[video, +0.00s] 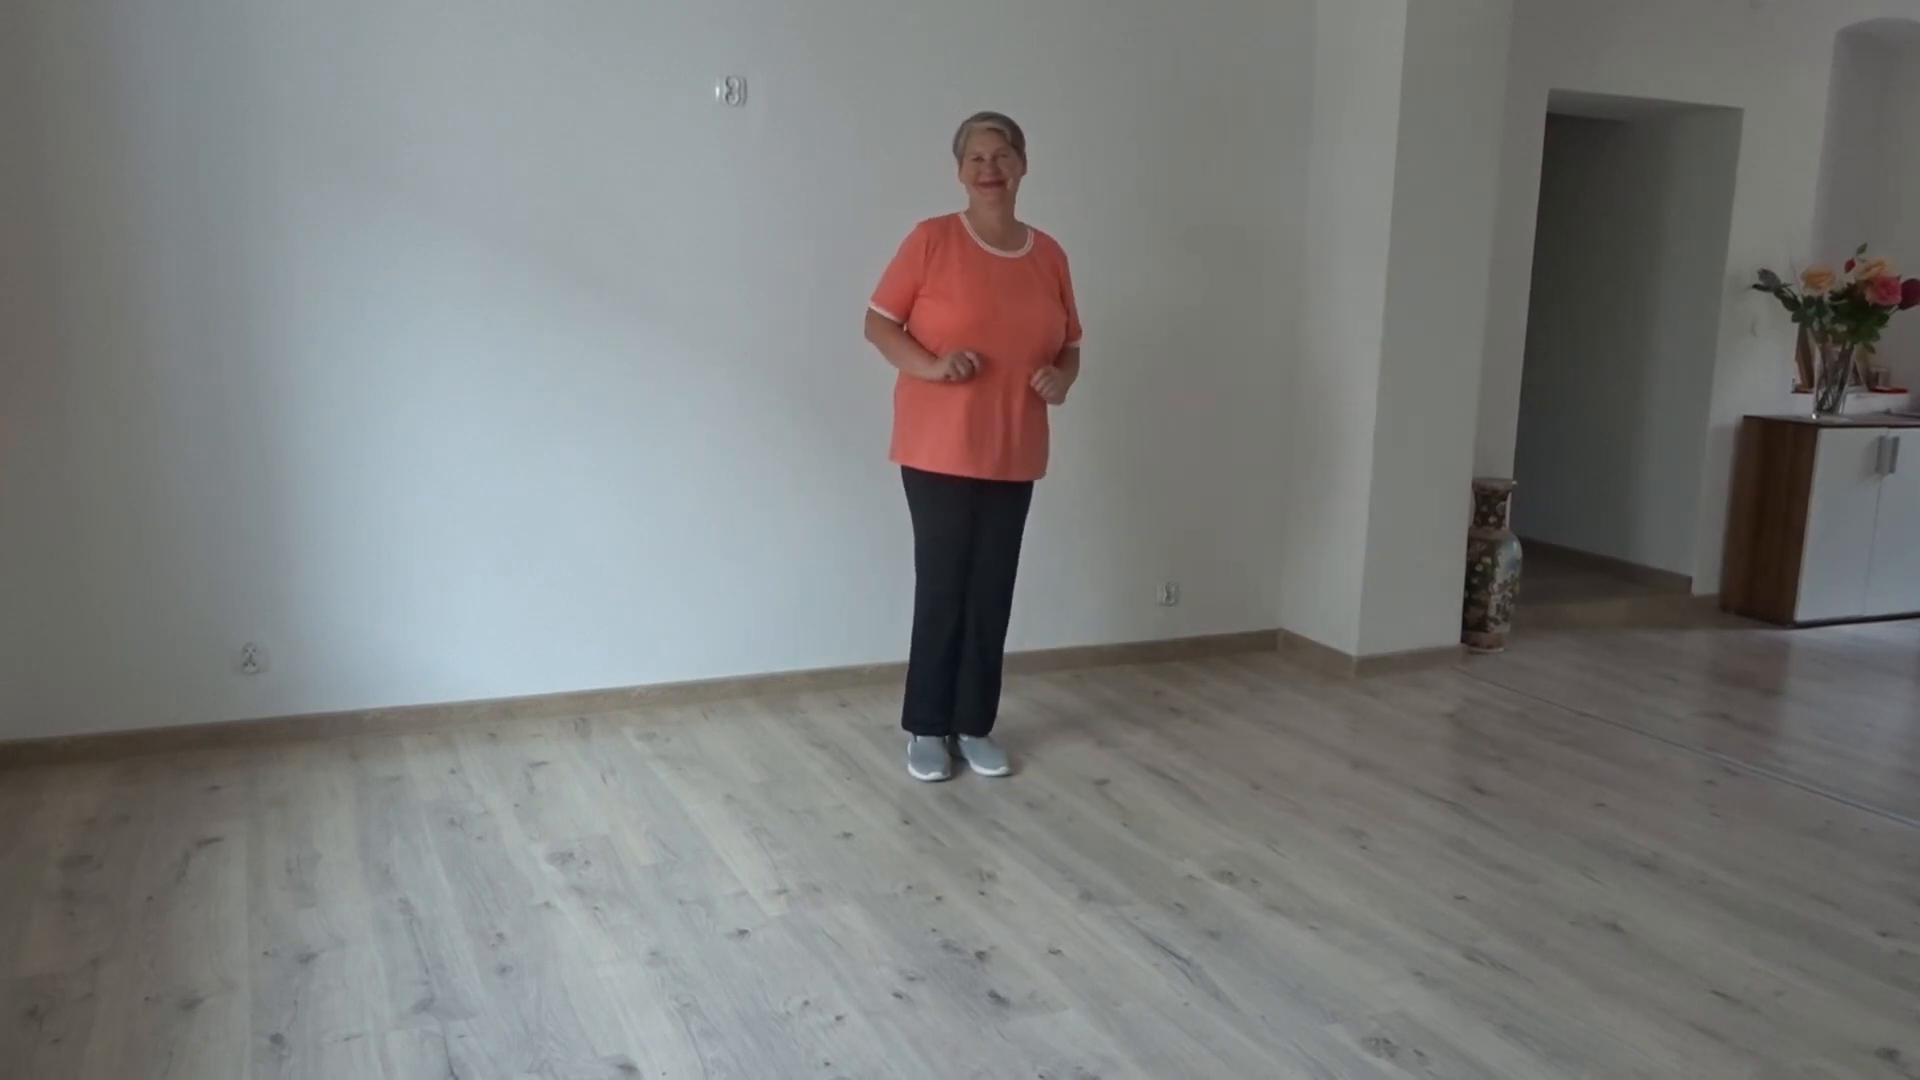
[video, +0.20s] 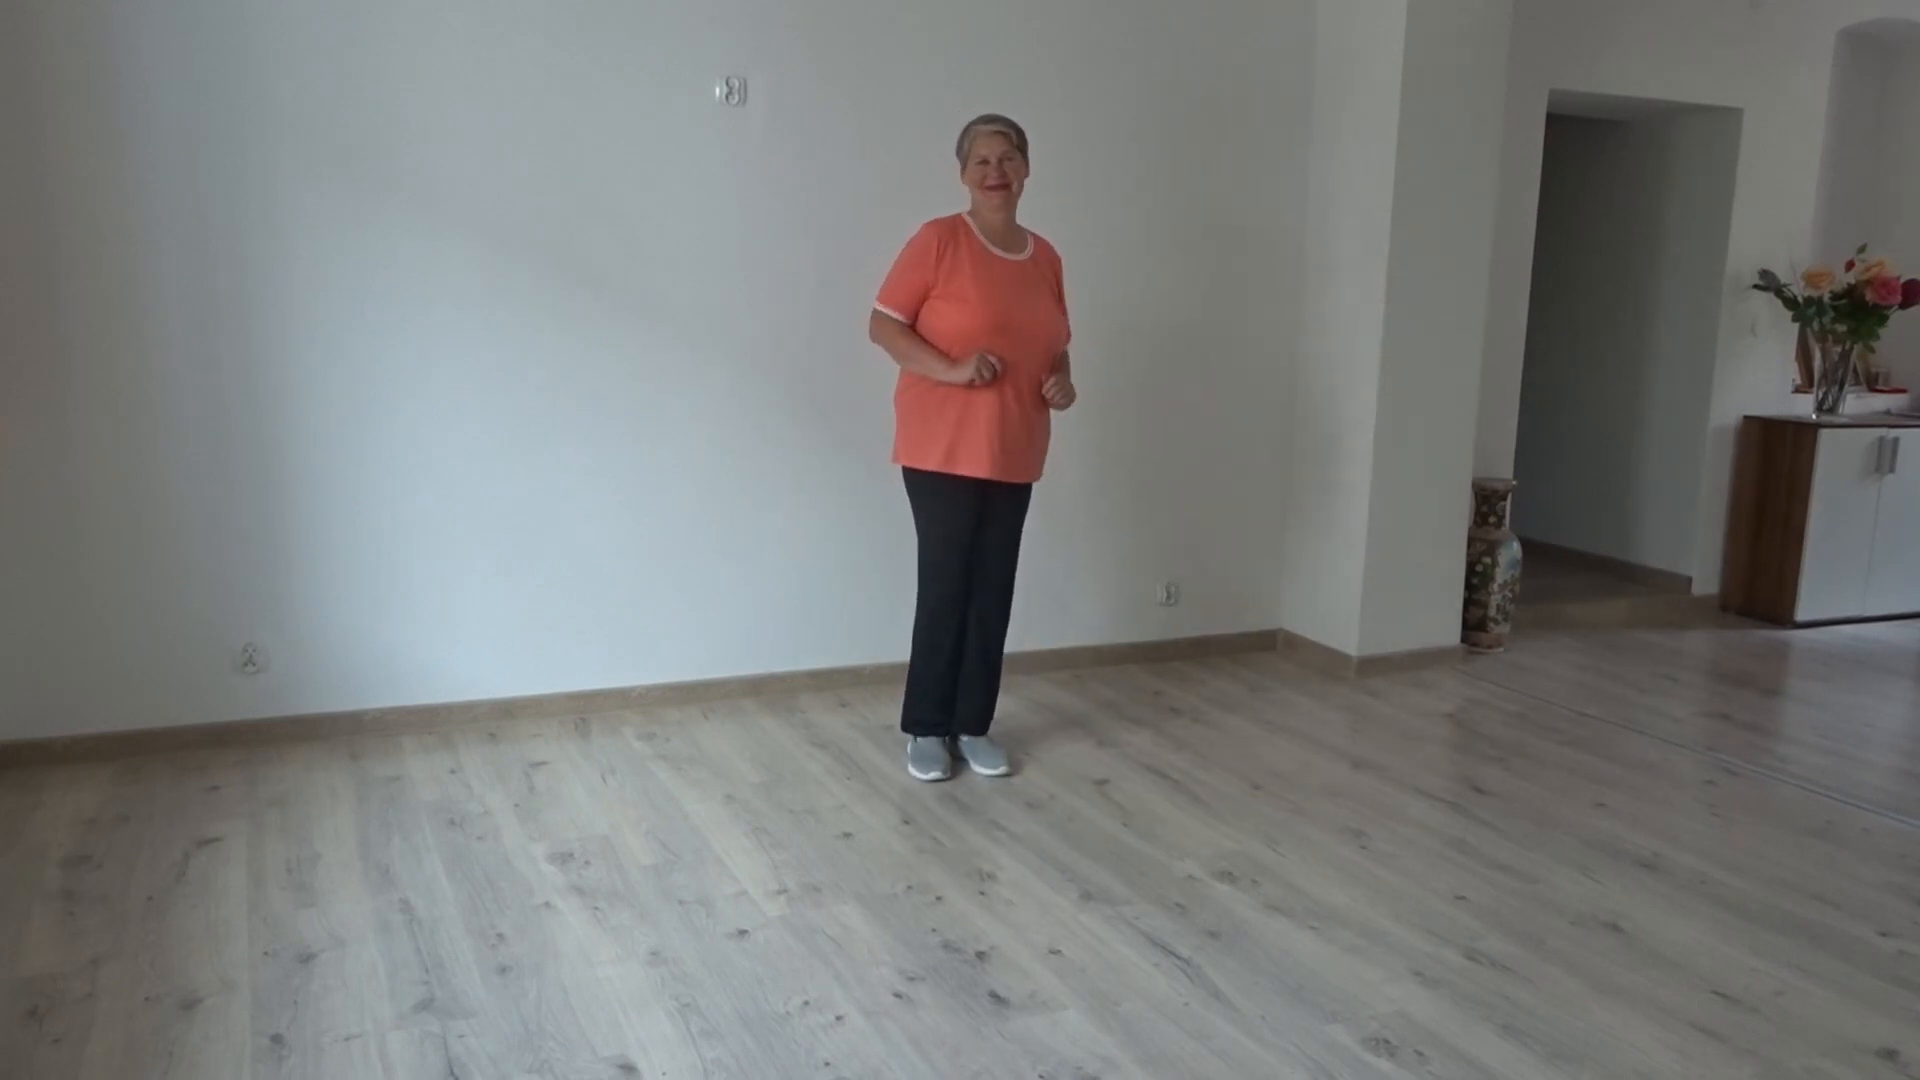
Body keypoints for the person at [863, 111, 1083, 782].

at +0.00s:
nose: (990, 166)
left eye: (1002, 155)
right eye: (977, 158)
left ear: (1023, 165)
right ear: (959, 171)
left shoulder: (1047, 254)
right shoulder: (931, 241)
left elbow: (1069, 342)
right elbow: (879, 323)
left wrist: (1060, 373)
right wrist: (929, 365)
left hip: (1013, 458)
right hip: (939, 456)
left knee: (991, 599)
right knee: (943, 594)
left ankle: (972, 728)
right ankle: (926, 730)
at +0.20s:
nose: (997, 169)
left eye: (1008, 158)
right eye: (983, 160)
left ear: (1026, 170)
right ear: (962, 173)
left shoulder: (1045, 257)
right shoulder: (937, 241)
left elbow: (1057, 345)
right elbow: (884, 326)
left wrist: (1058, 379)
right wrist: (949, 368)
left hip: (1013, 458)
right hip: (942, 454)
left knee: (991, 597)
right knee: (945, 593)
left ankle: (970, 729)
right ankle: (925, 731)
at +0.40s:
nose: (998, 169)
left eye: (1009, 159)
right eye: (984, 160)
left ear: (1026, 170)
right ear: (963, 172)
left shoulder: (1042, 256)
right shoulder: (938, 241)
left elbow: (1052, 341)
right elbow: (885, 325)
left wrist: (1059, 378)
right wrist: (953, 368)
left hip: (1013, 458)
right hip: (943, 454)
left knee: (992, 596)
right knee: (946, 592)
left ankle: (973, 728)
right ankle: (926, 731)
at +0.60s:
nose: (995, 167)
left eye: (1007, 157)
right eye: (982, 157)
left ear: (1023, 170)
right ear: (958, 169)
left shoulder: (1041, 256)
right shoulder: (929, 245)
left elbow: (1058, 341)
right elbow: (880, 333)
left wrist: (1057, 383)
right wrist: (942, 377)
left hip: (1012, 458)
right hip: (940, 456)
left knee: (990, 598)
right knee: (944, 595)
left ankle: (972, 729)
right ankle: (926, 731)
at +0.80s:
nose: (989, 160)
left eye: (1000, 152)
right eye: (976, 150)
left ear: (1013, 171)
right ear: (948, 165)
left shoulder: (1039, 251)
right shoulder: (916, 246)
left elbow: (1069, 338)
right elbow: (874, 333)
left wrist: (1054, 381)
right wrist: (914, 377)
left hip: (1009, 457)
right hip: (935, 455)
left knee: (989, 598)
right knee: (941, 594)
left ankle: (972, 729)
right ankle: (926, 730)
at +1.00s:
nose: (975, 160)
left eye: (987, 152)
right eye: (962, 149)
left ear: (1000, 169)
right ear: (937, 162)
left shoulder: (1030, 243)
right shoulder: (905, 248)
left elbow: (1072, 331)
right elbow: (874, 333)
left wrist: (1039, 376)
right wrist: (896, 370)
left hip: (1009, 457)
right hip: (933, 456)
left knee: (989, 598)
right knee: (940, 595)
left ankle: (974, 729)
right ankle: (928, 730)